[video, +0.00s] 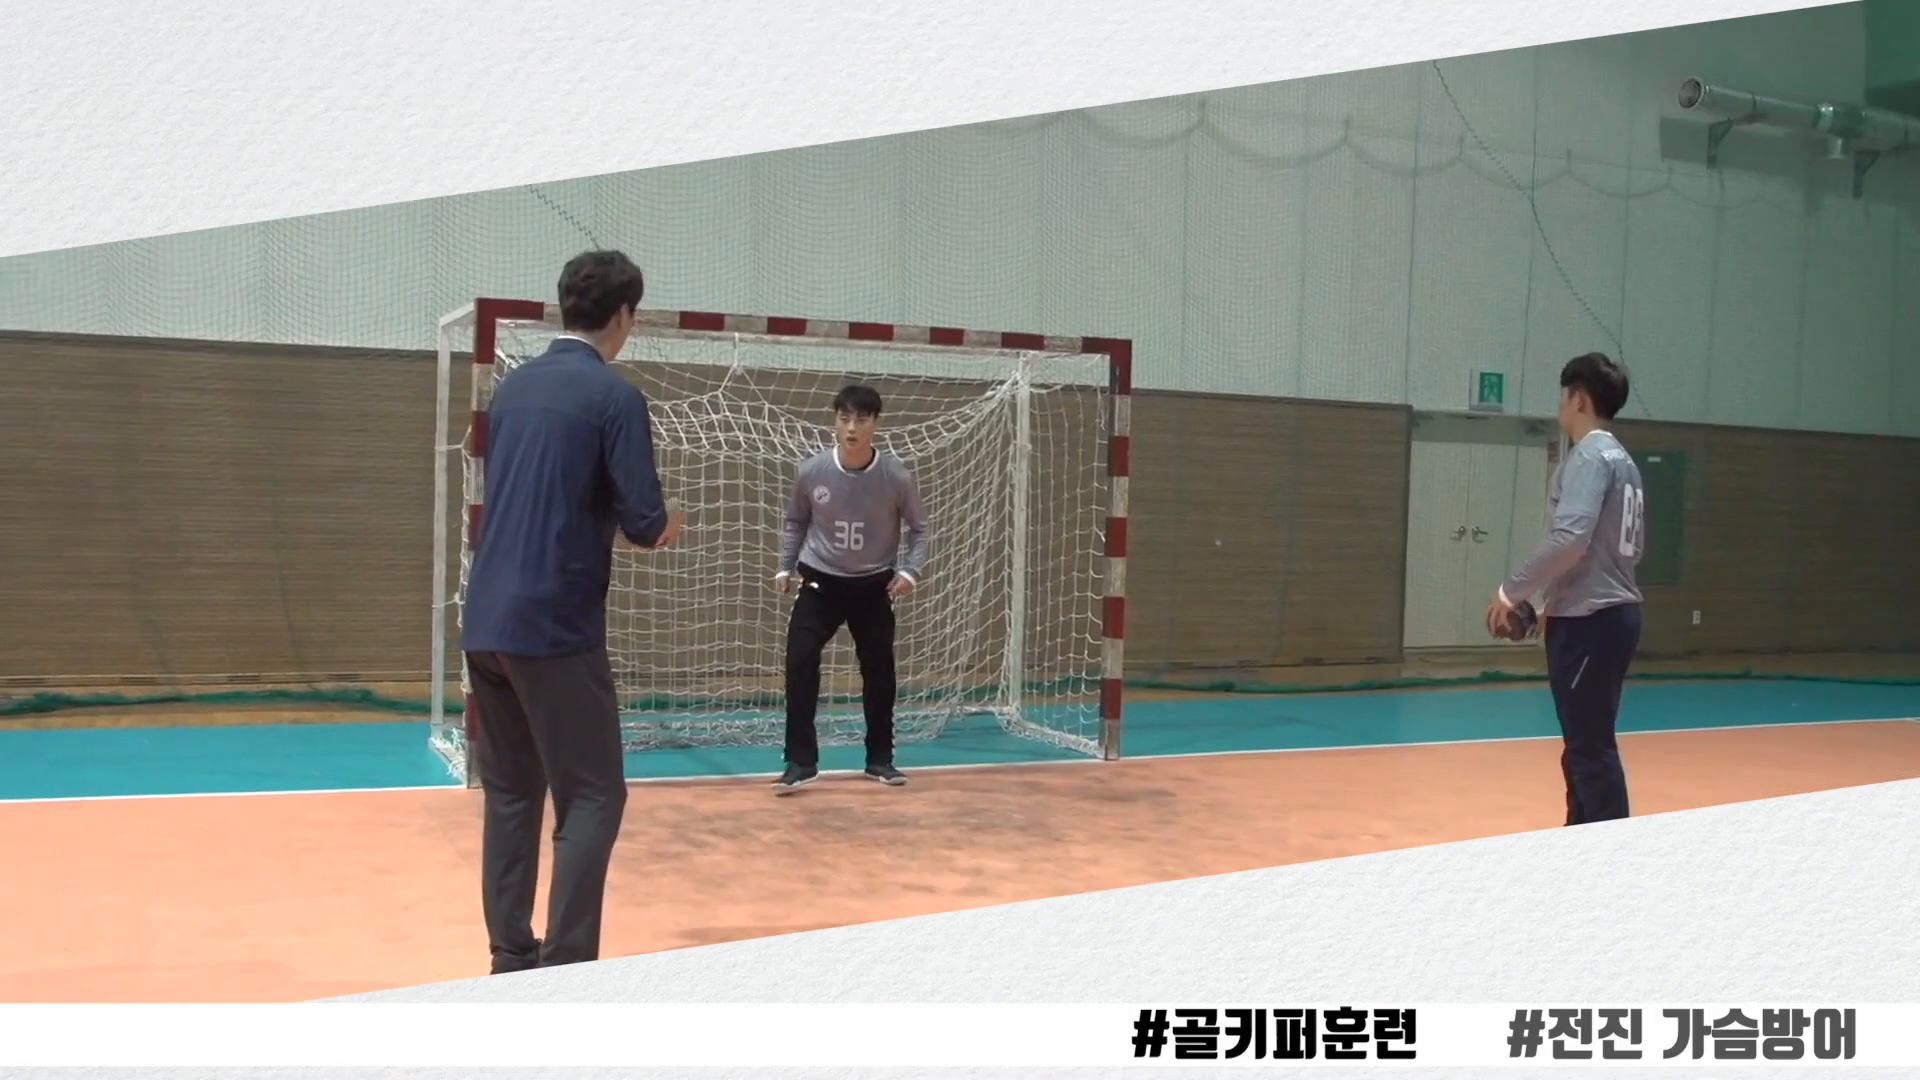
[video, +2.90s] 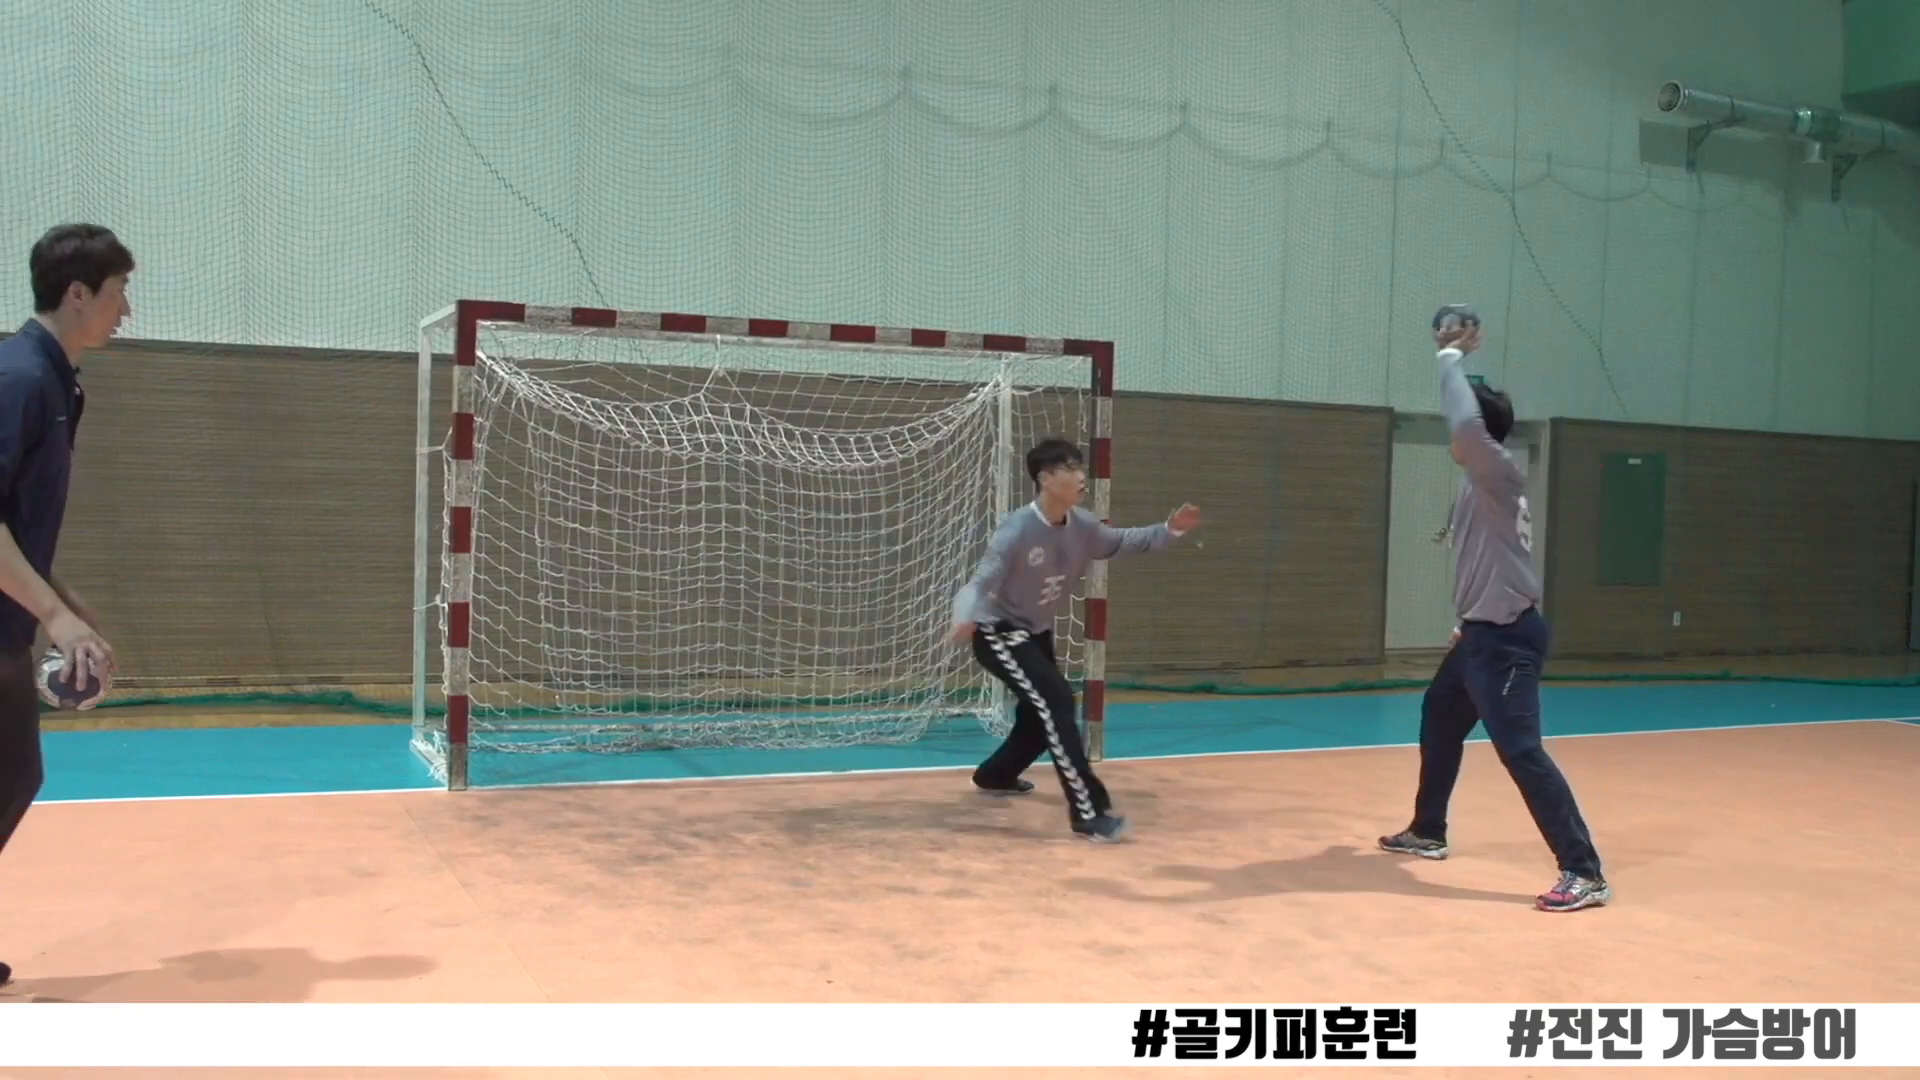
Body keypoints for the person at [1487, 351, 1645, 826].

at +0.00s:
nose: (1561, 408)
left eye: (1563, 398)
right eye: (1562, 398)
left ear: (1579, 399)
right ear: (1602, 404)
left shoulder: (1590, 454)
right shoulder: (1622, 459)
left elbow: (1570, 539)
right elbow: (1618, 552)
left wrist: (1511, 590)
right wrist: (1553, 605)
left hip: (1588, 621)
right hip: (1612, 618)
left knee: (1588, 752)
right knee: (1588, 750)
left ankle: (1607, 860)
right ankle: (1583, 857)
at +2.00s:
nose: (1515, 407)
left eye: (1525, 398)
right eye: (1517, 398)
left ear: (1555, 406)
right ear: (1541, 407)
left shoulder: (1584, 464)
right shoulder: (1531, 473)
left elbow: (1597, 547)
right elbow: (1535, 545)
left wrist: (1515, 553)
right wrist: (1500, 551)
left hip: (1588, 627)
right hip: (1544, 627)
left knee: (1574, 749)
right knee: (1542, 747)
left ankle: (1594, 877)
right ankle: (1556, 853)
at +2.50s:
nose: (1495, 416)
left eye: (1502, 408)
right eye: (1497, 407)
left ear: (1530, 415)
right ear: (1522, 415)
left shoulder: (1573, 474)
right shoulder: (1501, 475)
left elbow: (1637, 526)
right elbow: (1483, 541)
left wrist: (1600, 566)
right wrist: (1460, 585)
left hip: (1566, 635)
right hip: (1516, 634)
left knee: (1557, 745)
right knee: (1507, 732)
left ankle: (1591, 877)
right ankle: (1550, 843)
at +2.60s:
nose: (1489, 421)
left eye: (1496, 413)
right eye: (1490, 412)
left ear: (1523, 418)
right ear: (1512, 418)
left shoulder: (1570, 478)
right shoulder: (1496, 480)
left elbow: (1621, 507)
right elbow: (1480, 553)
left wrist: (1626, 497)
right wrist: (1446, 603)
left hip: (1562, 634)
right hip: (1510, 632)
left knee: (1552, 746)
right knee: (1478, 721)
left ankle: (1591, 877)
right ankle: (1530, 828)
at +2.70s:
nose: (1478, 431)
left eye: (1483, 421)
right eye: (1479, 422)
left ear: (1506, 425)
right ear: (1508, 425)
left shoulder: (1558, 476)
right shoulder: (1490, 487)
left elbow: (1605, 472)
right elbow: (1481, 565)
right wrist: (1446, 617)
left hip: (1551, 635)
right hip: (1503, 634)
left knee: (1541, 746)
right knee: (1469, 719)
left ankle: (1590, 877)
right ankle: (1479, 833)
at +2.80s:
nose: (1467, 435)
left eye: (1471, 425)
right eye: (1469, 426)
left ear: (1491, 426)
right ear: (1497, 428)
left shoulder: (1533, 478)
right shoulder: (1486, 492)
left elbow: (1539, 420)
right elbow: (1478, 566)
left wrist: (1528, 349)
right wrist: (1460, 619)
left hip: (1534, 637)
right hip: (1493, 635)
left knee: (1529, 750)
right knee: (1460, 721)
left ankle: (1587, 875)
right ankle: (1433, 827)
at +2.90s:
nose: (1459, 431)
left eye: (1469, 423)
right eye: (1461, 423)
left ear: (1486, 428)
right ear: (1488, 429)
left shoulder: (1501, 476)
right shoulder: (1479, 481)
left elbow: (1465, 427)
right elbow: (1484, 564)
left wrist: (1448, 357)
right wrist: (1466, 625)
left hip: (1506, 634)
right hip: (1479, 632)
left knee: (1521, 750)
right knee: (1440, 720)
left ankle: (1584, 873)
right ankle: (1428, 831)